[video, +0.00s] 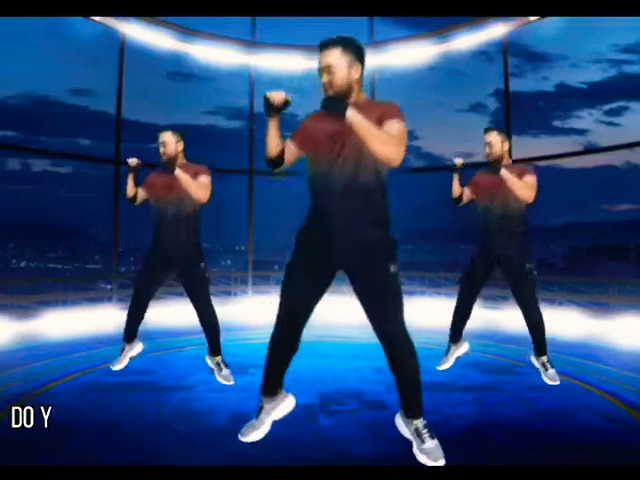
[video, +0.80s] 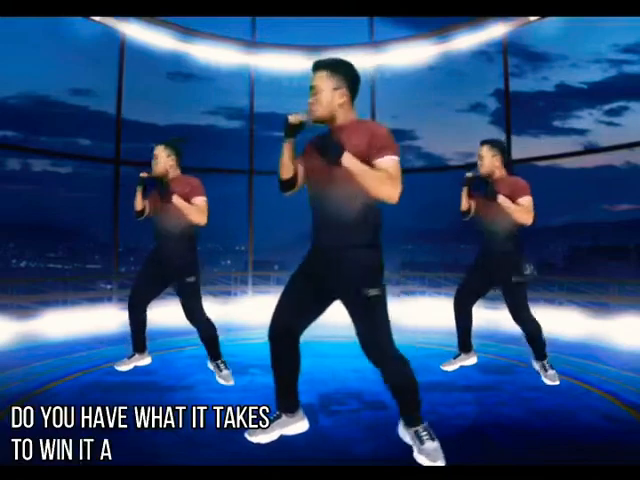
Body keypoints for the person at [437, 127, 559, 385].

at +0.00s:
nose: (488, 149)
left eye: (491, 144)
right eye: (486, 145)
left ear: (506, 145)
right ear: (485, 147)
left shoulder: (523, 173)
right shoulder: (482, 177)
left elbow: (528, 196)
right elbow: (459, 200)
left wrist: (504, 172)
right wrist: (456, 174)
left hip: (515, 246)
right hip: (488, 245)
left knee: (528, 303)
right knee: (467, 291)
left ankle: (541, 357)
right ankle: (455, 342)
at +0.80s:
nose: (479, 162)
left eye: (483, 157)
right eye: (479, 158)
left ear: (498, 159)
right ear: (483, 161)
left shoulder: (517, 185)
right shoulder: (480, 187)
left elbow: (527, 217)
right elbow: (465, 210)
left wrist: (501, 199)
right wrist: (466, 188)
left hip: (510, 259)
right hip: (487, 258)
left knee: (521, 313)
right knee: (462, 301)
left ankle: (541, 360)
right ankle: (466, 352)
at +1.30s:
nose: (474, 159)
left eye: (477, 154)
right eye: (474, 154)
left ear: (491, 154)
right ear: (483, 156)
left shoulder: (513, 179)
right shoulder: (482, 190)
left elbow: (518, 204)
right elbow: (463, 214)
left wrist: (496, 176)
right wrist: (456, 189)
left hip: (507, 256)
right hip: (483, 256)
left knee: (525, 309)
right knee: (464, 301)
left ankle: (548, 360)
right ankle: (465, 353)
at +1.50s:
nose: (484, 159)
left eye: (487, 154)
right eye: (482, 155)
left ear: (502, 155)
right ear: (483, 158)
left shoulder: (521, 180)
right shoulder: (482, 189)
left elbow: (531, 207)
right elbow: (462, 216)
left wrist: (508, 179)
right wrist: (455, 188)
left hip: (518, 259)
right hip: (488, 259)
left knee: (535, 311)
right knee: (469, 304)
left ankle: (542, 361)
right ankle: (465, 352)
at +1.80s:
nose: (493, 158)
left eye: (497, 152)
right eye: (488, 154)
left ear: (508, 153)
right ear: (485, 158)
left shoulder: (523, 179)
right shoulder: (482, 189)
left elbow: (535, 207)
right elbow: (463, 216)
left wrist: (512, 181)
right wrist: (456, 189)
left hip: (518, 259)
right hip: (487, 259)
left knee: (535, 311)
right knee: (468, 305)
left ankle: (542, 361)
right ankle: (465, 352)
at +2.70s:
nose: (496, 156)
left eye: (501, 151)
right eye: (492, 152)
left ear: (510, 154)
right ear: (487, 156)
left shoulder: (525, 182)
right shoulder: (483, 188)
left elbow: (535, 213)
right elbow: (474, 213)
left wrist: (513, 189)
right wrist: (466, 192)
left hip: (517, 259)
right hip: (486, 258)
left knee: (531, 314)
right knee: (465, 304)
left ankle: (538, 365)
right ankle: (463, 353)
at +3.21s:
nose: (480, 158)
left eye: (486, 153)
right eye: (478, 154)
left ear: (498, 157)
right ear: (475, 157)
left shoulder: (509, 185)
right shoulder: (476, 184)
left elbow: (518, 217)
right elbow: (467, 198)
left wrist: (496, 200)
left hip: (500, 257)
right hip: (481, 256)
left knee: (510, 312)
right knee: (458, 301)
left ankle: (554, 354)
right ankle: (467, 353)